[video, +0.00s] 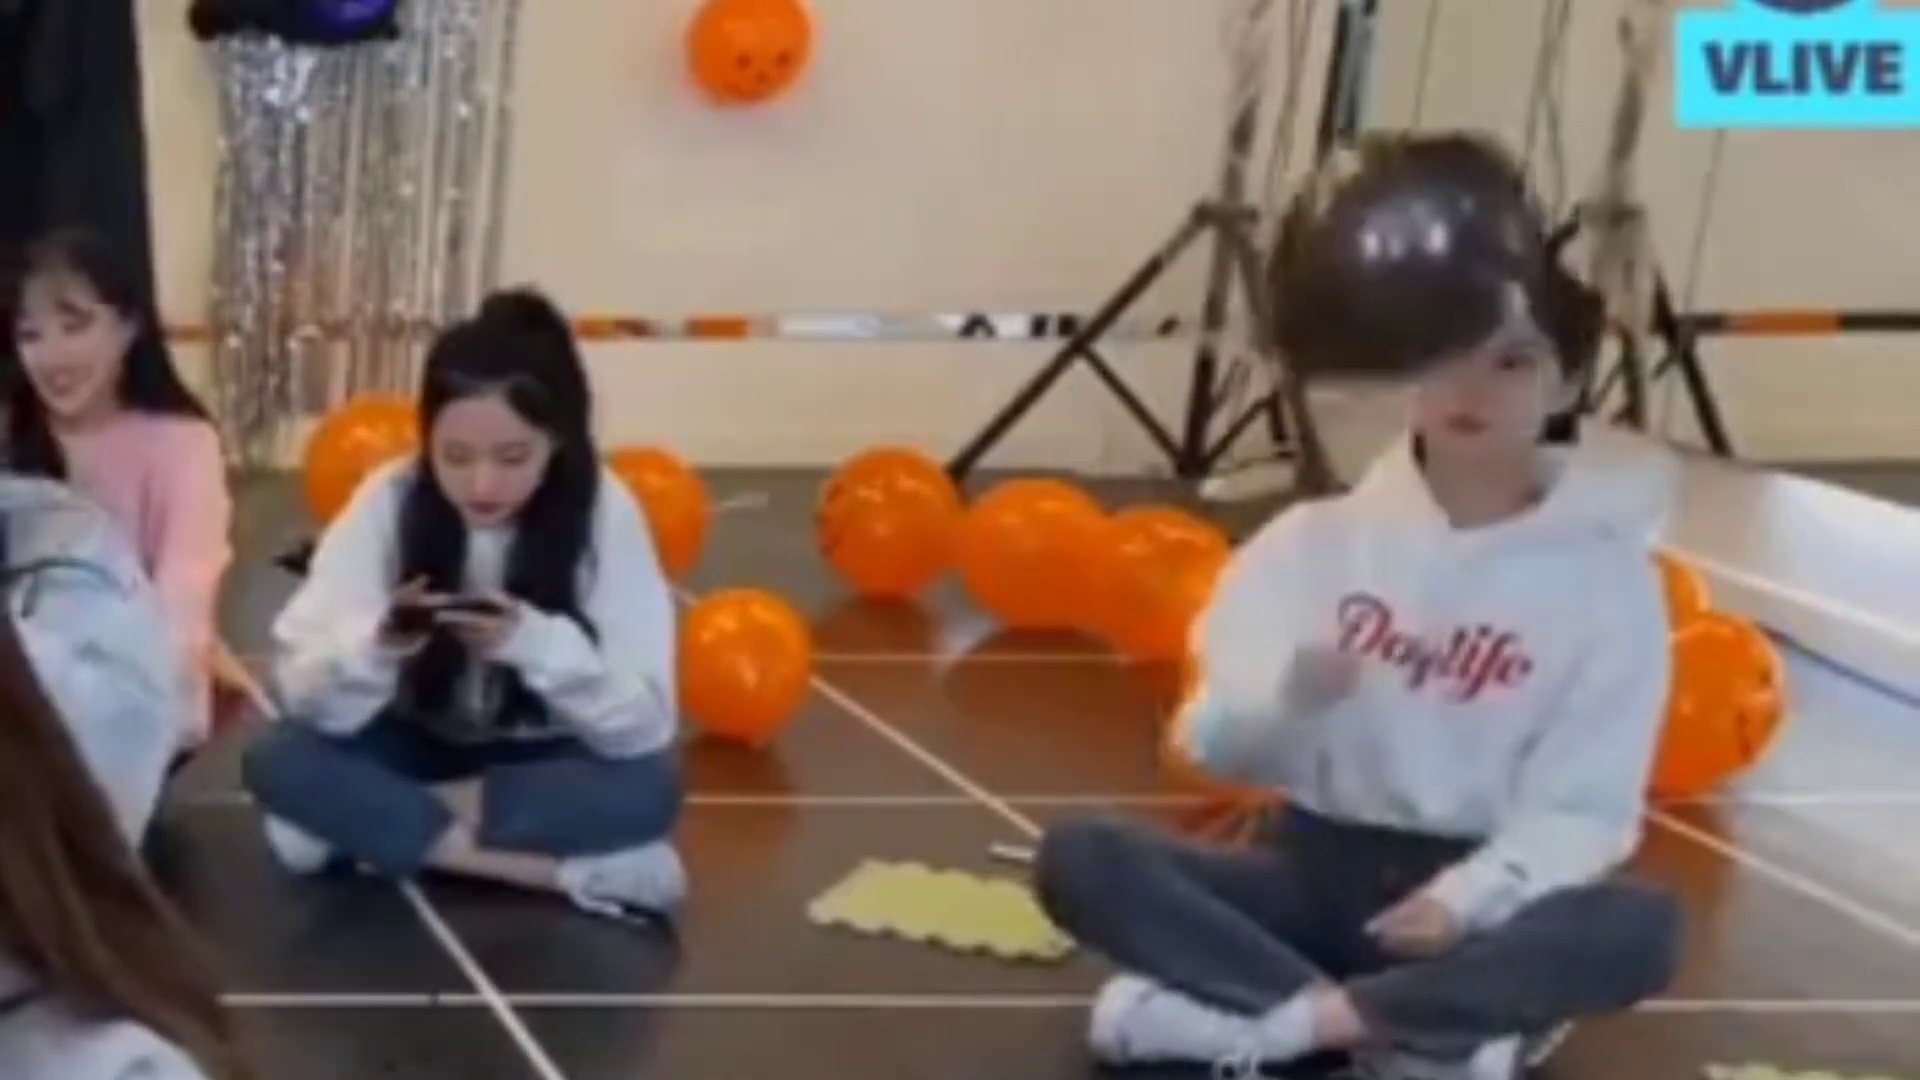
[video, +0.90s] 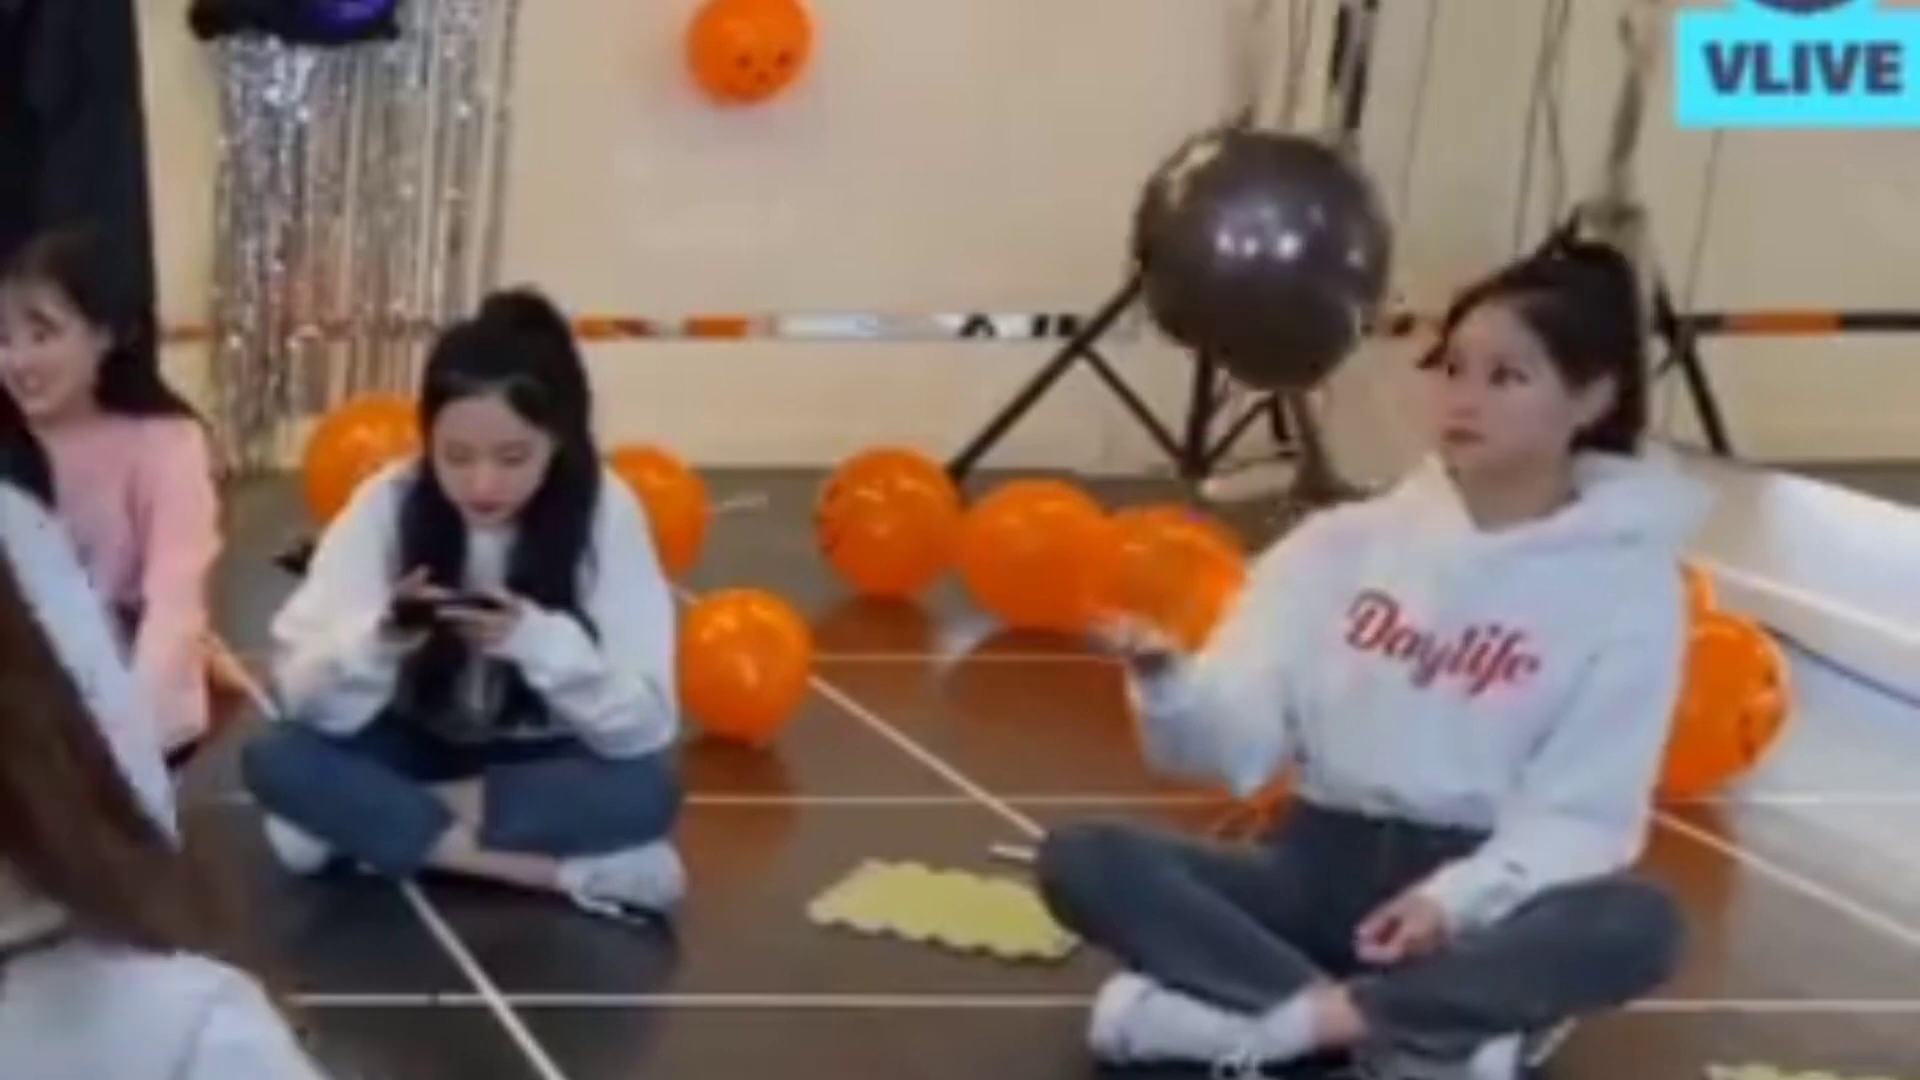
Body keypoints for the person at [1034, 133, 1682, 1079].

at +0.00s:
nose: (1470, 398)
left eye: (1511, 362)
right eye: (1435, 366)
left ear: (1565, 372)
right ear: (1391, 381)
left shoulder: (1607, 581)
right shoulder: (1310, 544)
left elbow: (1589, 812)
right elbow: (1202, 745)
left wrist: (1464, 898)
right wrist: (1288, 703)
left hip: (1479, 884)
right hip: (1307, 872)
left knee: (1640, 928)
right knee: (1077, 856)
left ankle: (1287, 1027)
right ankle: (1402, 1044)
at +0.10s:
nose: (1459, 380)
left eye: (1500, 357)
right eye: (1436, 353)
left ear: (1558, 393)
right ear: (1403, 380)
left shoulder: (1598, 579)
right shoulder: (1308, 543)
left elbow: (1590, 808)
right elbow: (1183, 764)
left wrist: (1463, 897)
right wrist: (1218, 727)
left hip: (1482, 889)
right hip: (1306, 872)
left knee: (1641, 930)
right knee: (1077, 857)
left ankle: (1277, 1033)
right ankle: (1403, 1049)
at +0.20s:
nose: (1452, 376)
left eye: (1493, 353)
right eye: (1431, 349)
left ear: (1554, 391)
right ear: (1399, 376)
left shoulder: (1594, 574)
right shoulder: (1297, 539)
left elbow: (1586, 805)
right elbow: (1188, 737)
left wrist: (1458, 901)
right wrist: (1182, 632)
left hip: (1478, 896)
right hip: (1301, 879)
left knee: (1642, 933)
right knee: (1073, 866)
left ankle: (1283, 1031)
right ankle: (1407, 1049)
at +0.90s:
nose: (1463, 398)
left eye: (1506, 377)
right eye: (1452, 370)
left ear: (1591, 402)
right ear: (1429, 379)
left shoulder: (1628, 581)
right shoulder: (1340, 544)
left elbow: (1591, 811)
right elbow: (1231, 749)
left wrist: (1455, 900)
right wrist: (1162, 678)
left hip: (1488, 895)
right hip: (1310, 873)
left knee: (1644, 925)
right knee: (1081, 859)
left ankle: (1281, 1031)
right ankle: (1424, 1049)